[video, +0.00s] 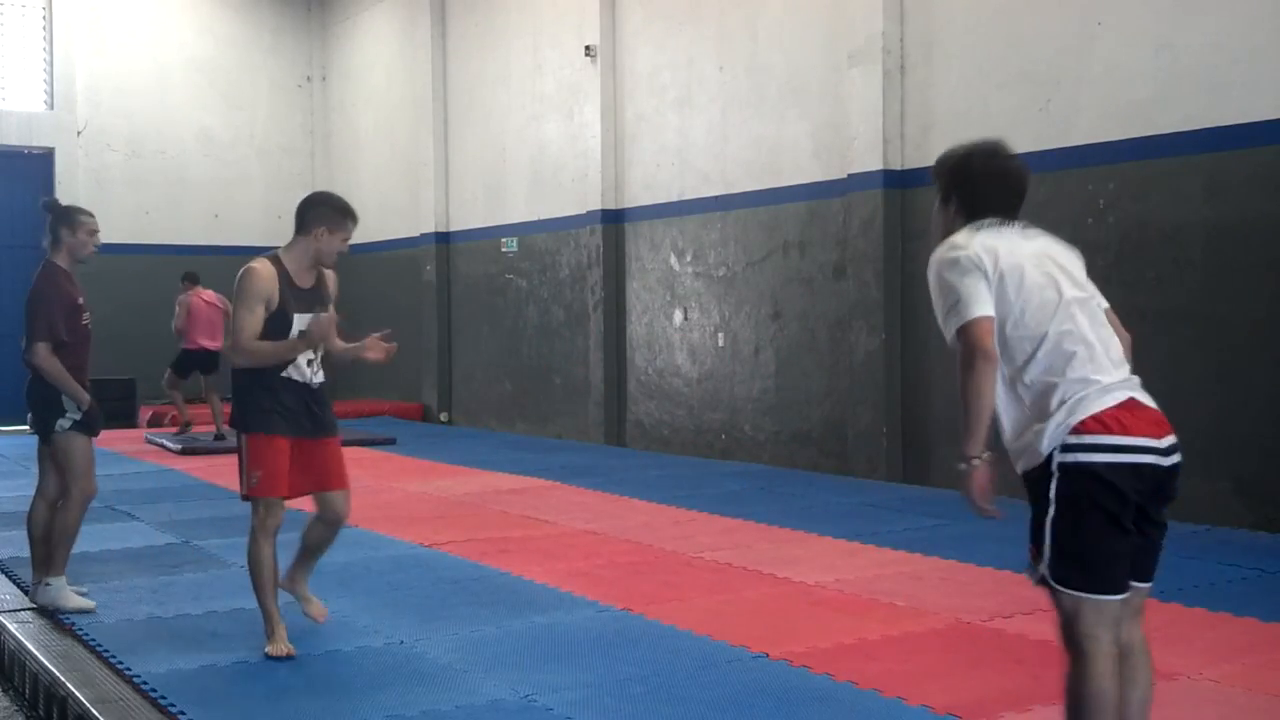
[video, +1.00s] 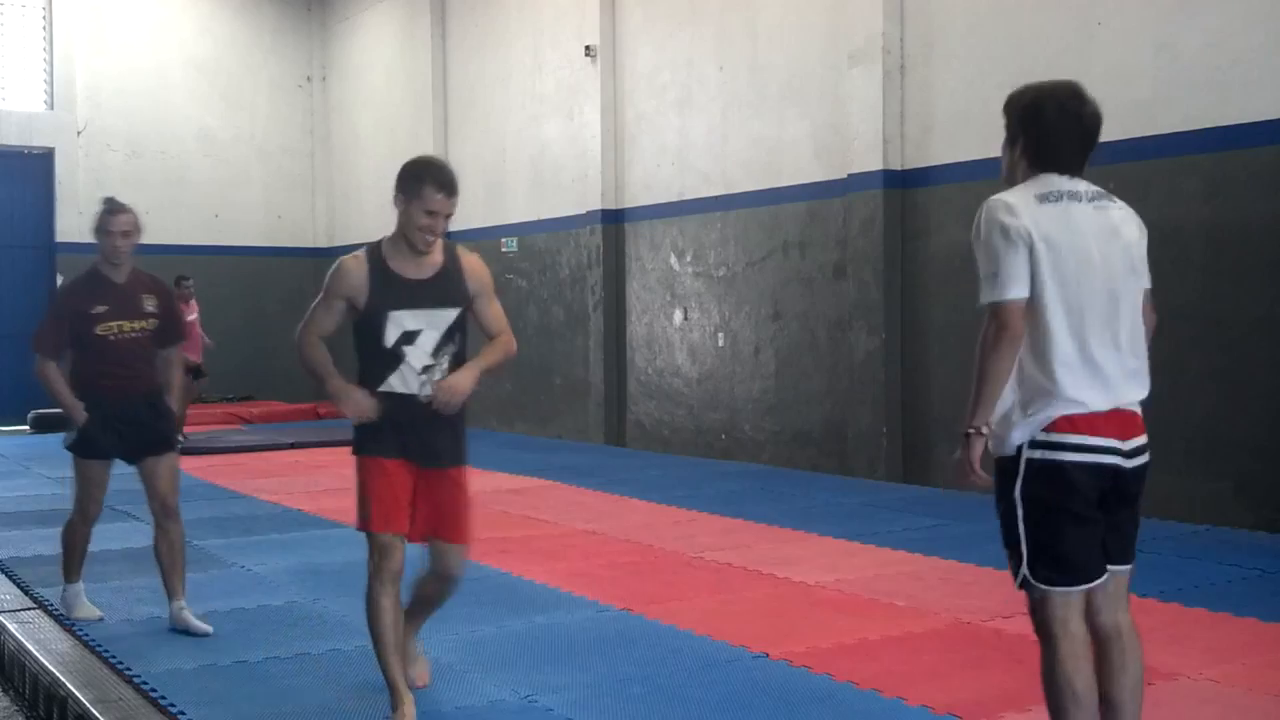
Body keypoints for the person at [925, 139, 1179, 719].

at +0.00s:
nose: (936, 211)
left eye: (939, 199)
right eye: (938, 199)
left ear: (952, 202)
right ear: (1010, 200)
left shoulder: (959, 251)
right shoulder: (1052, 247)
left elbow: (981, 348)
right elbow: (1118, 340)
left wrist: (974, 452)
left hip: (1087, 452)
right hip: (1154, 447)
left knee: (1088, 635)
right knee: (1128, 628)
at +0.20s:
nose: (962, 177)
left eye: (965, 166)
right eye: (965, 165)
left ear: (980, 172)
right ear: (1037, 173)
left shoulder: (974, 232)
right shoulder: (1075, 234)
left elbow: (981, 341)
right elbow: (1111, 332)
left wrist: (942, 434)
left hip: (1062, 453)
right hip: (1131, 447)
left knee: (1074, 633)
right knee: (1119, 624)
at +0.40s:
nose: (981, 150)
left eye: (986, 139)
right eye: (984, 138)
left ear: (999, 148)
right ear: (1061, 152)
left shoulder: (986, 215)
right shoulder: (1099, 221)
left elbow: (981, 328)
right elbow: (1119, 322)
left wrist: (945, 416)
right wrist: (1064, 381)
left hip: (1038, 449)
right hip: (1111, 445)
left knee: (1052, 624)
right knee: (1100, 615)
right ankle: (1116, 718)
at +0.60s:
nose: (991, 151)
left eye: (996, 140)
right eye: (994, 139)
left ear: (1010, 149)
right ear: (1073, 152)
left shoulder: (995, 218)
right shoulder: (1111, 224)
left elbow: (991, 333)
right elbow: (1129, 326)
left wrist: (963, 428)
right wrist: (1091, 395)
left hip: (1034, 449)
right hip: (1110, 447)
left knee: (1053, 622)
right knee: (1098, 613)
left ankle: (1076, 718)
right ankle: (1112, 715)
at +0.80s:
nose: (994, 154)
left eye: (999, 144)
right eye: (997, 143)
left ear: (1012, 153)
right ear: (1077, 156)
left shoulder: (998, 225)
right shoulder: (1119, 231)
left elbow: (992, 340)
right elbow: (1137, 340)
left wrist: (963, 436)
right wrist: (1101, 410)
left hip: (1037, 462)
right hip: (1117, 461)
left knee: (1052, 633)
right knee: (1106, 623)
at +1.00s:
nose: (1002, 146)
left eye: (1006, 135)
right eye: (1004, 134)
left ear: (1021, 142)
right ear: (1082, 146)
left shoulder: (1008, 209)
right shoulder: (1124, 216)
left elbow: (1007, 324)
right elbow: (1143, 320)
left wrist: (978, 423)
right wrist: (1114, 400)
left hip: (1049, 450)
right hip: (1125, 447)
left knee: (1061, 623)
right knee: (1113, 614)